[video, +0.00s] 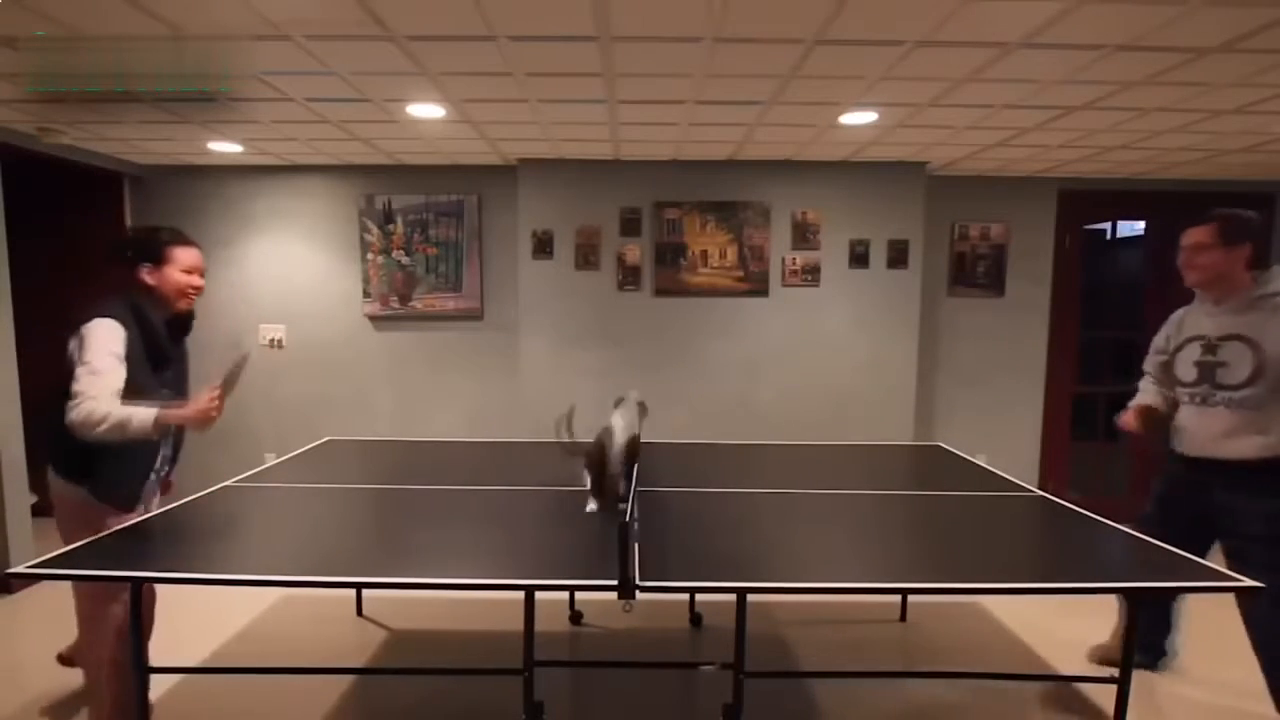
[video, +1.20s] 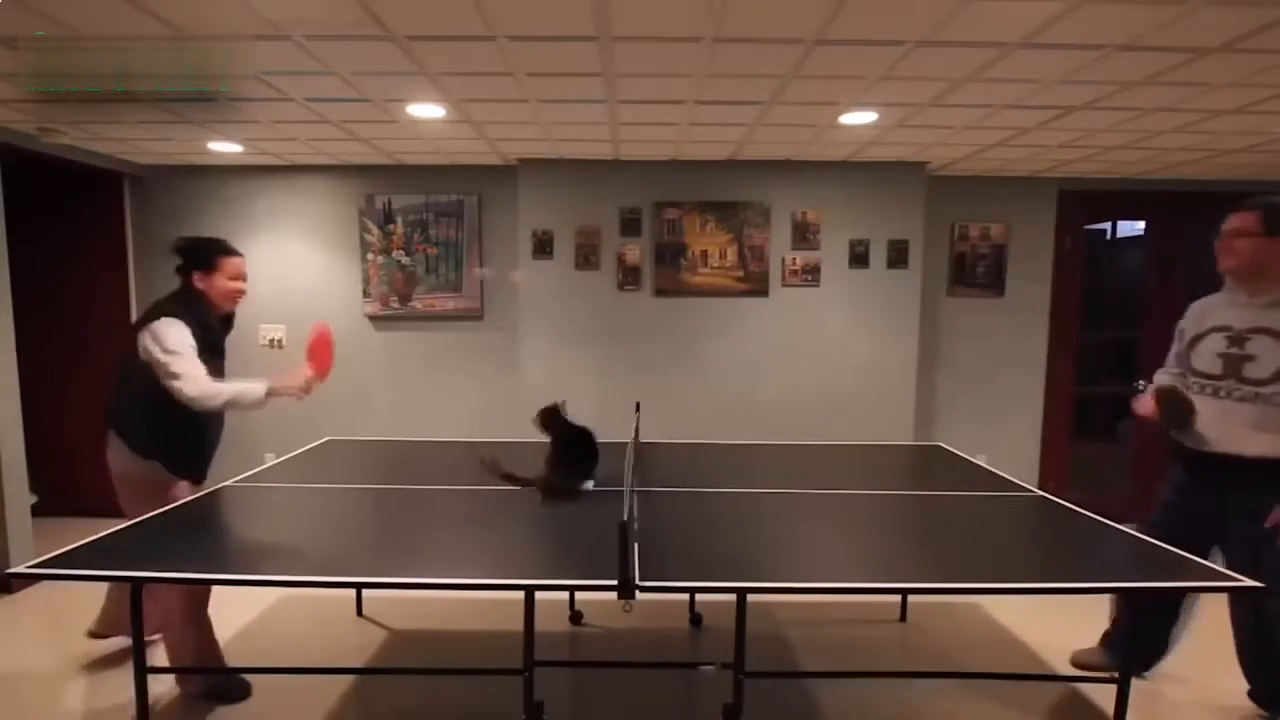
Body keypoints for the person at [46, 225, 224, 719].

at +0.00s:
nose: (198, 283)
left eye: (200, 273)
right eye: (187, 271)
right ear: (147, 274)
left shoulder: (169, 330)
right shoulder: (110, 328)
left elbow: (161, 410)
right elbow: (86, 413)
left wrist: (166, 469)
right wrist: (179, 415)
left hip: (136, 482)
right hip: (87, 487)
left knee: (137, 600)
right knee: (108, 614)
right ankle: (110, 712)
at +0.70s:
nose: (168, 288)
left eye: (169, 279)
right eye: (159, 280)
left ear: (168, 283)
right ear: (128, 283)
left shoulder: (154, 334)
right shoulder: (102, 330)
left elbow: (158, 396)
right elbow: (63, 400)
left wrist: (171, 449)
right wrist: (140, 406)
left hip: (143, 460)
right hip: (107, 463)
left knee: (137, 549)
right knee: (152, 553)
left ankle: (98, 637)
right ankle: (113, 658)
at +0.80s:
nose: (171, 299)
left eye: (173, 290)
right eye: (162, 291)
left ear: (169, 293)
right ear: (132, 293)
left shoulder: (159, 339)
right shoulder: (101, 339)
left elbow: (163, 402)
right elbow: (62, 408)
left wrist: (180, 455)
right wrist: (134, 420)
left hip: (155, 464)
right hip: (111, 468)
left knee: (164, 538)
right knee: (177, 539)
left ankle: (106, 629)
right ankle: (172, 646)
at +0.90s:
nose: (183, 301)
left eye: (186, 291)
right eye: (173, 291)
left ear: (187, 294)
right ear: (142, 294)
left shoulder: (170, 344)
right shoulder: (113, 341)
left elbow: (171, 406)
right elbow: (78, 406)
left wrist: (183, 460)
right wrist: (153, 404)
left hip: (167, 465)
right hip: (125, 469)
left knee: (143, 547)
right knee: (180, 555)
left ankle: (105, 630)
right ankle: (209, 666)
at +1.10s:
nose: (231, 288)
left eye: (233, 279)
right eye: (222, 278)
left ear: (218, 283)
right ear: (189, 281)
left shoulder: (204, 326)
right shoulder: (159, 328)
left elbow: (195, 393)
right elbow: (194, 383)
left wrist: (193, 468)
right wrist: (267, 371)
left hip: (180, 458)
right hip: (143, 461)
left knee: (198, 559)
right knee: (181, 564)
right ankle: (195, 674)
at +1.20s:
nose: (242, 289)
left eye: (243, 279)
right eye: (233, 279)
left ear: (211, 281)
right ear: (198, 279)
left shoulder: (208, 324)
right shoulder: (167, 326)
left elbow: (196, 394)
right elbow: (199, 393)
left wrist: (190, 471)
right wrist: (276, 387)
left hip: (178, 458)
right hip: (145, 460)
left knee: (194, 561)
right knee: (177, 566)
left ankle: (205, 664)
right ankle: (194, 677)